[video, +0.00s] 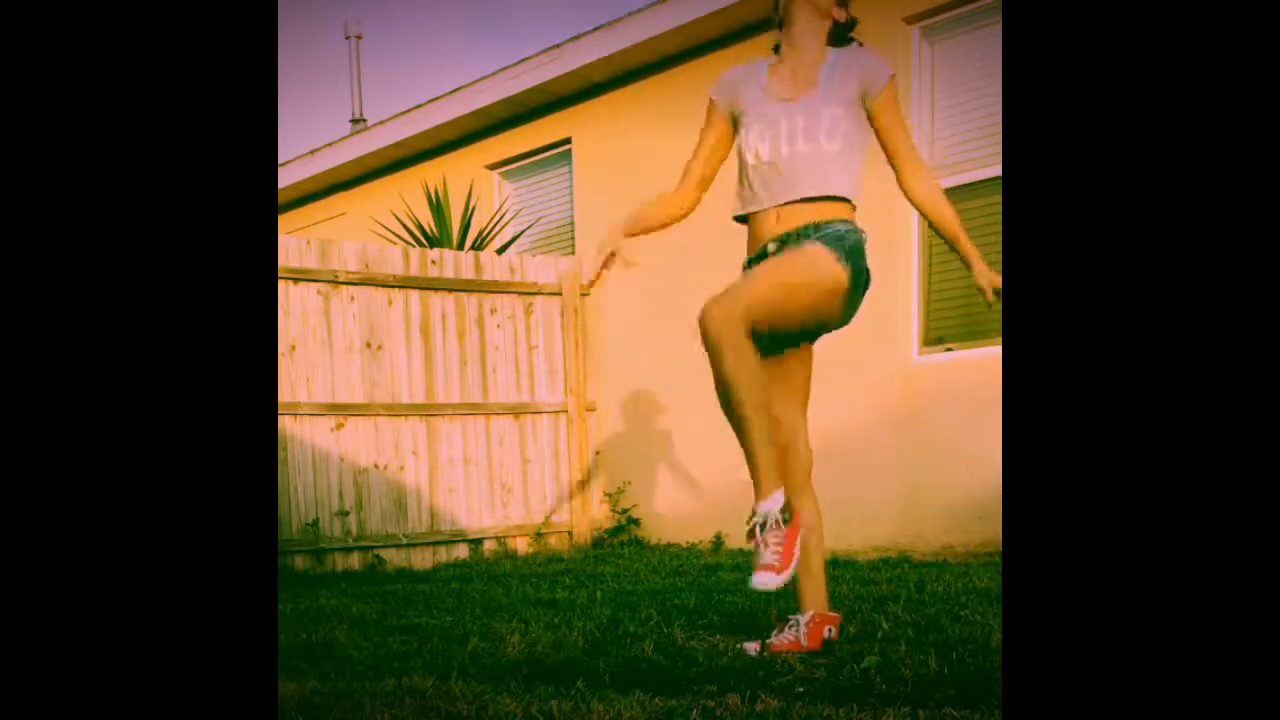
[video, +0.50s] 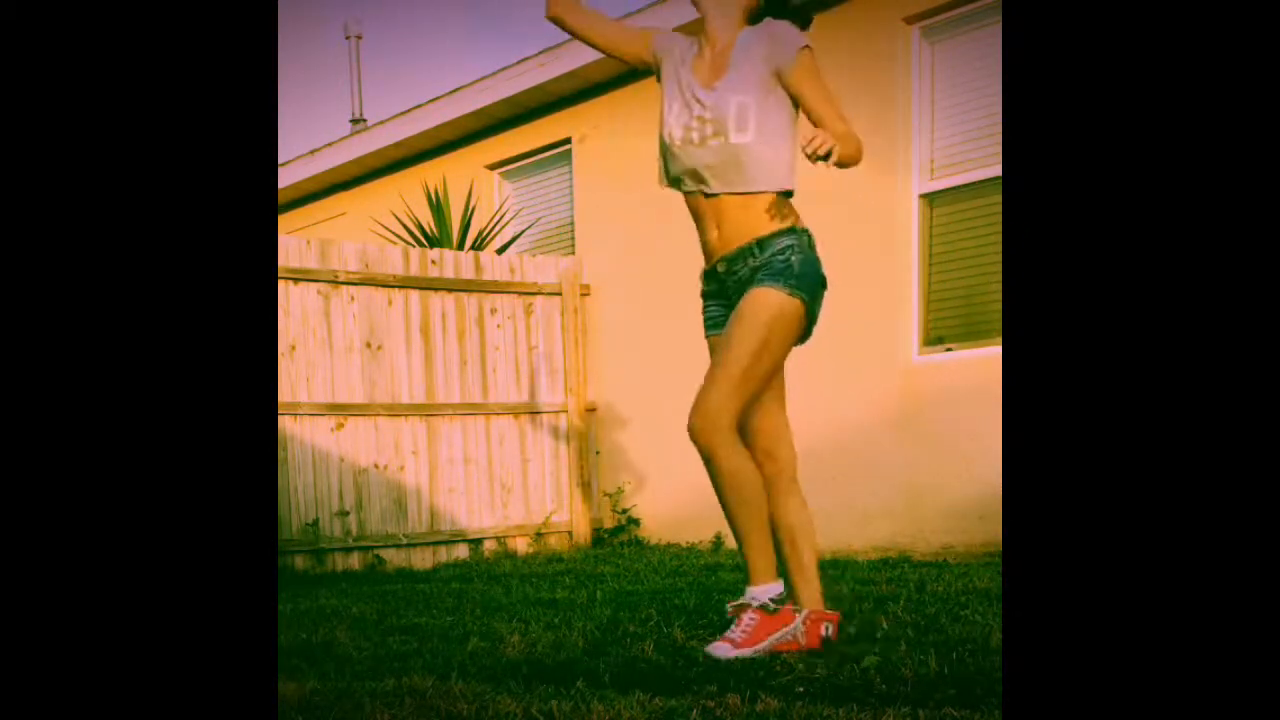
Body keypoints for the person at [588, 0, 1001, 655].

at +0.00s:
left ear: (840, 10)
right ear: (786, 1)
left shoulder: (862, 68)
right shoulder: (738, 83)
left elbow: (914, 176)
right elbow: (688, 192)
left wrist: (976, 262)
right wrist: (622, 228)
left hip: (831, 249)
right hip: (763, 263)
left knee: (721, 315)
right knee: (791, 455)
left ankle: (769, 498)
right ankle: (815, 616)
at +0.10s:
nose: (822, 1)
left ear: (829, 7)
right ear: (784, 0)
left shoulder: (850, 66)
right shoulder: (733, 84)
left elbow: (884, 172)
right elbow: (654, 169)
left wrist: (921, 268)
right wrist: (572, 118)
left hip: (818, 257)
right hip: (753, 271)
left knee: (767, 420)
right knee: (772, 436)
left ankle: (837, 597)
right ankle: (808, 611)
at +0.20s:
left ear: (816, 4)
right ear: (776, 3)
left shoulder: (834, 52)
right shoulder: (726, 78)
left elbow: (854, 156)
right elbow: (621, 122)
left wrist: (854, 237)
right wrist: (594, 24)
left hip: (803, 263)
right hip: (740, 275)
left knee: (796, 446)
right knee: (770, 458)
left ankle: (855, 617)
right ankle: (811, 617)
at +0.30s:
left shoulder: (815, 45)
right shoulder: (709, 63)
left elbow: (844, 157)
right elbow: (598, 71)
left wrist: (822, 181)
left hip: (794, 259)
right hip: (733, 274)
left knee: (773, 435)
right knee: (766, 447)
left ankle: (846, 608)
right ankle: (810, 615)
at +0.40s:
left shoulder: (796, 43)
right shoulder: (690, 53)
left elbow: (847, 154)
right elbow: (582, 35)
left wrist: (815, 145)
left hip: (788, 258)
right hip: (727, 273)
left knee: (733, 426)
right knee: (774, 439)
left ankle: (814, 595)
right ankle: (808, 604)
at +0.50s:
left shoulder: (777, 42)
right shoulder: (669, 48)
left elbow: (851, 145)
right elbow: (564, 12)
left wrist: (832, 142)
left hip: (780, 261)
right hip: (722, 278)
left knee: (710, 422)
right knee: (773, 455)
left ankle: (764, 597)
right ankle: (812, 613)